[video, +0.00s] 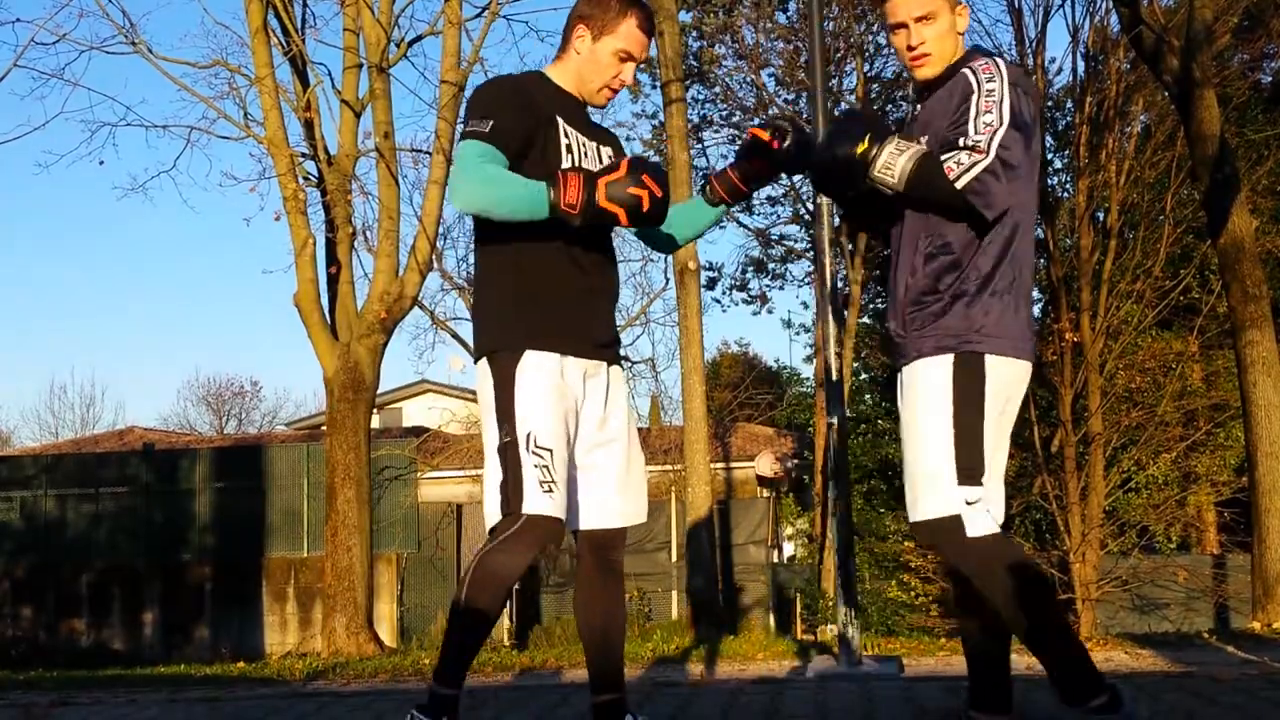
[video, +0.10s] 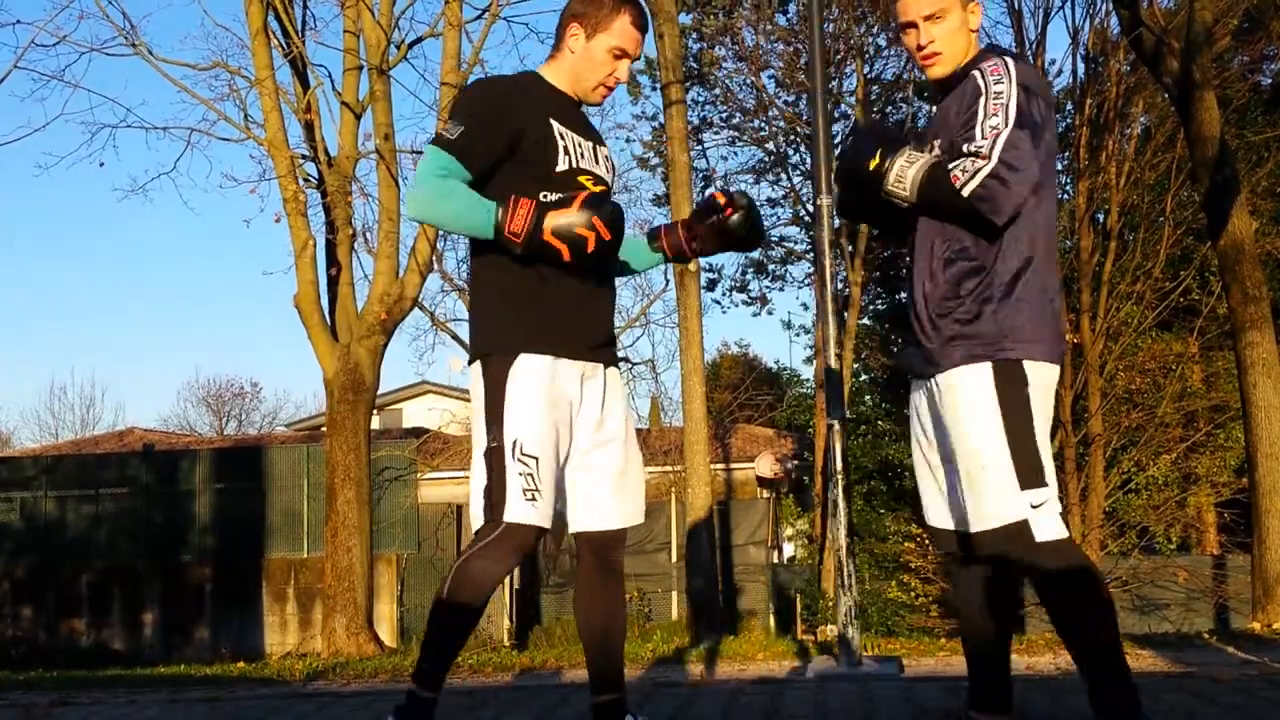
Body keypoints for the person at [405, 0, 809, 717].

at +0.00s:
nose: (630, 78)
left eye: (638, 66)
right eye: (625, 60)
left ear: (604, 46)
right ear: (584, 36)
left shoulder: (605, 144)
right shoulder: (508, 96)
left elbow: (664, 231)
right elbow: (468, 186)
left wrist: (733, 182)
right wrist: (572, 196)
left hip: (598, 354)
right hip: (525, 347)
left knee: (605, 533)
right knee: (530, 522)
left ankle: (610, 713)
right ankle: (440, 701)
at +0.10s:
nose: (623, 75)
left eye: (631, 63)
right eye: (618, 56)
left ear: (591, 42)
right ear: (575, 34)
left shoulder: (591, 140)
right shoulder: (497, 99)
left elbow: (598, 251)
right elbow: (426, 194)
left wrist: (682, 237)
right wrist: (529, 223)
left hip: (595, 357)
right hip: (520, 352)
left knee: (602, 534)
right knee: (514, 527)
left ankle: (610, 711)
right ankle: (418, 705)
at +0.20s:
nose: (613, 73)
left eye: (620, 60)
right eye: (608, 54)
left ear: (582, 45)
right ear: (563, 35)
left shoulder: (576, 134)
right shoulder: (482, 99)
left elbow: (558, 253)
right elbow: (403, 205)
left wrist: (626, 298)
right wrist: (500, 237)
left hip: (582, 360)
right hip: (509, 355)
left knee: (610, 532)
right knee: (492, 533)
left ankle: (610, 711)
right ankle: (416, 707)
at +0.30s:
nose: (601, 75)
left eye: (608, 61)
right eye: (594, 56)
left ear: (565, 42)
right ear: (549, 37)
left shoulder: (561, 135)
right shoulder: (465, 103)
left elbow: (536, 262)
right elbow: (403, 218)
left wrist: (586, 324)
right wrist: (503, 238)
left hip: (569, 359)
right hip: (491, 358)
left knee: (621, 527)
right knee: (475, 535)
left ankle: (613, 712)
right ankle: (410, 712)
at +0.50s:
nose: (572, 60)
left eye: (582, 48)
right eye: (563, 40)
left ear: (584, 50)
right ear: (520, 25)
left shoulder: (556, 137)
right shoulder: (452, 100)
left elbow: (554, 261)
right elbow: (437, 215)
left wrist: (627, 270)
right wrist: (541, 197)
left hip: (565, 358)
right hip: (484, 357)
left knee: (642, 506)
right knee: (463, 537)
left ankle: (652, 702)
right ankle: (408, 715)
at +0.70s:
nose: (607, 60)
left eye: (614, 48)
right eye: (597, 40)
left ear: (602, 50)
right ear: (548, 30)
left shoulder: (591, 143)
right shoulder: (478, 104)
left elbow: (646, 252)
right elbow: (467, 216)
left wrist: (723, 222)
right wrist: (575, 191)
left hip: (597, 360)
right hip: (510, 359)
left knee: (645, 531)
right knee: (481, 539)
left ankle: (692, 705)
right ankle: (415, 708)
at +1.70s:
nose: (635, 54)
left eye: (638, 39)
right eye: (627, 37)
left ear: (587, 34)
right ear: (578, 31)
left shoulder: (608, 137)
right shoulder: (497, 113)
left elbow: (607, 258)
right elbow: (493, 232)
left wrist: (676, 268)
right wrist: (607, 203)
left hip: (613, 362)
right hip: (530, 361)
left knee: (671, 526)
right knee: (513, 535)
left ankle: (701, 708)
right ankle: (455, 710)